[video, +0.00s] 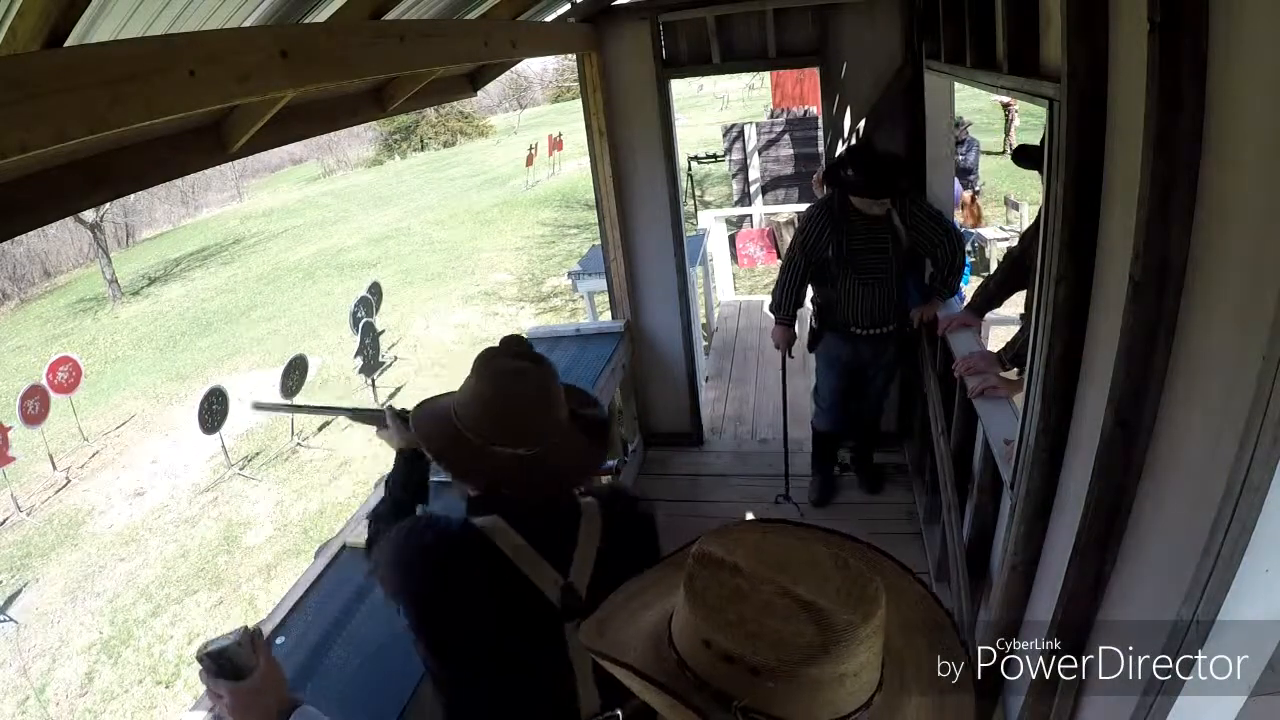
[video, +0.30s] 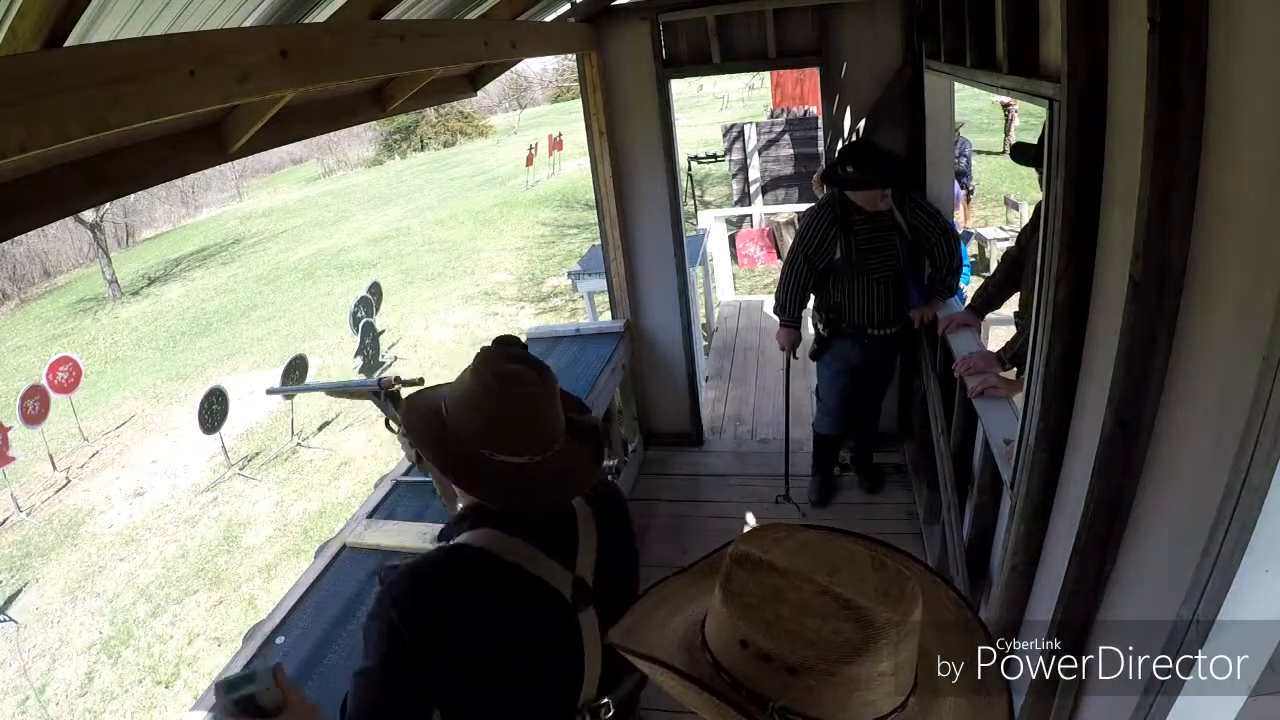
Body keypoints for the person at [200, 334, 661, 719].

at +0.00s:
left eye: (460, 448)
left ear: (466, 461)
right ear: (561, 445)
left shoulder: (437, 558)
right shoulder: (627, 525)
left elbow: (385, 535)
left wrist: (408, 456)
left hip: (494, 715)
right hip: (623, 708)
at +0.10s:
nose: (452, 460)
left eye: (457, 451)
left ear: (480, 466)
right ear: (576, 452)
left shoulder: (435, 564)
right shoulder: (633, 517)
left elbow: (349, 640)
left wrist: (412, 548)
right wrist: (486, 489)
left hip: (504, 718)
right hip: (636, 708)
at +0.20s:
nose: (444, 455)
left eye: (449, 446)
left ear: (464, 469)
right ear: (572, 443)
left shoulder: (426, 577)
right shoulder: (623, 518)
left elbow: (363, 706)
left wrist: (299, 716)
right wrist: (448, 428)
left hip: (490, 714)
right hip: (620, 706)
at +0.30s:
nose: (426, 459)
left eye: (432, 450)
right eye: (430, 447)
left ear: (451, 475)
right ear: (555, 447)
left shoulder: (419, 596)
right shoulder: (604, 513)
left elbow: (371, 713)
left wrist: (299, 714)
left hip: (489, 713)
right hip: (607, 700)